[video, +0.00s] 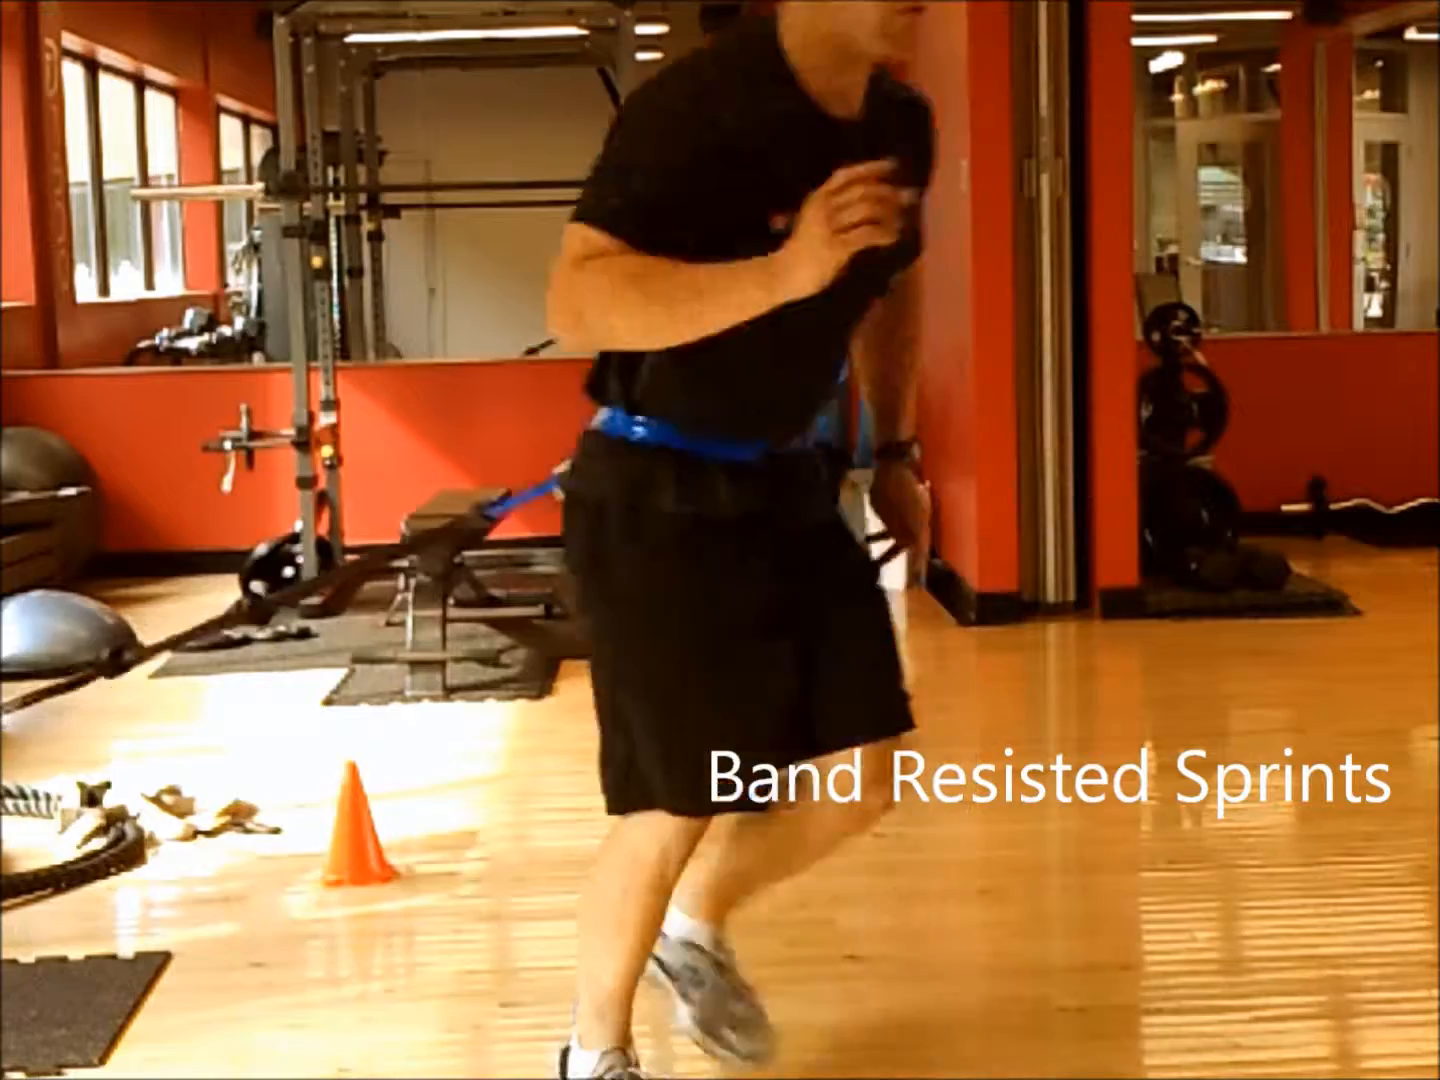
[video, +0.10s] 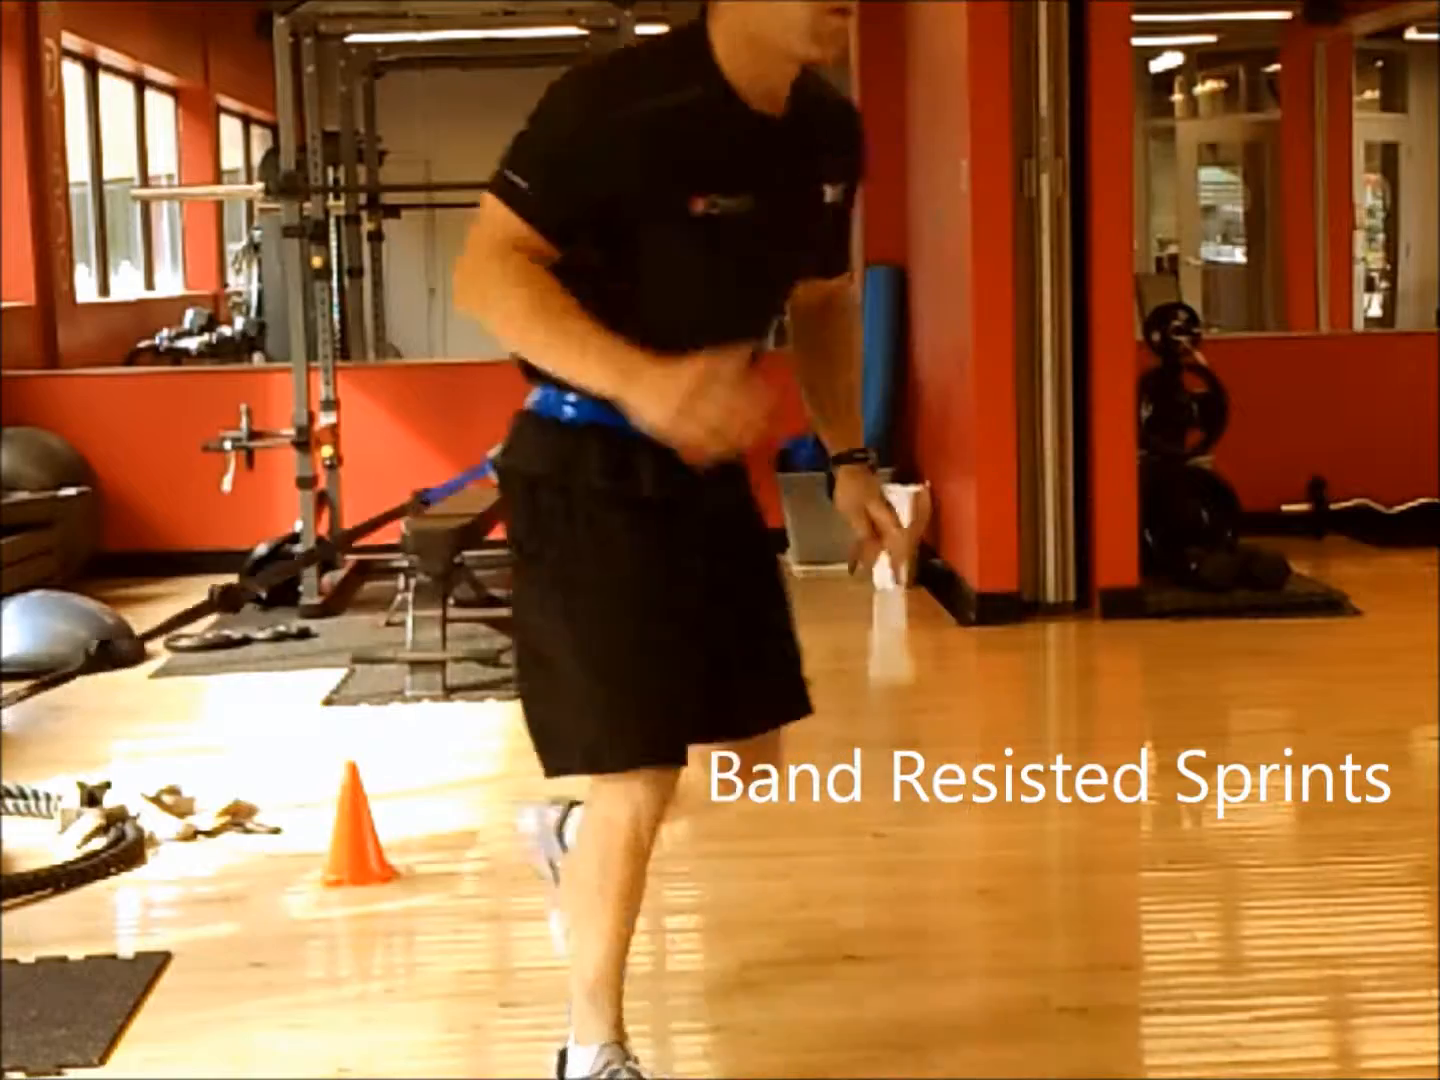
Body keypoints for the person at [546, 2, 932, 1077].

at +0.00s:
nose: (916, 8)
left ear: (905, 10)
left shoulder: (902, 120)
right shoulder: (687, 101)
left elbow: (891, 299)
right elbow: (577, 302)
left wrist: (892, 456)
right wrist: (783, 271)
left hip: (790, 480)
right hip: (651, 483)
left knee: (861, 771)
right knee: (677, 790)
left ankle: (690, 924)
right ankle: (594, 1047)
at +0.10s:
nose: (842, 9)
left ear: (832, 13)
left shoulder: (825, 127)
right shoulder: (608, 99)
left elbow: (824, 304)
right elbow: (486, 274)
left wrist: (849, 462)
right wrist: (640, 377)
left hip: (710, 464)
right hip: (585, 462)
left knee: (749, 732)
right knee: (639, 767)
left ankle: (575, 839)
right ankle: (593, 1046)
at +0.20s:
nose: (779, 10)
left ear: (790, 19)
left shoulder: (756, 141)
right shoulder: (551, 106)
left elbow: (771, 300)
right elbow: (407, 265)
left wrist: (799, 433)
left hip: (634, 443)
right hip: (517, 440)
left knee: (643, 694)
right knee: (581, 711)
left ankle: (511, 846)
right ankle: (588, 1038)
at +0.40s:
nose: (643, 88)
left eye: (652, 65)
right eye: (622, 61)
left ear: (656, 67)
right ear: (549, 50)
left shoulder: (627, 187)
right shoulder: (426, 169)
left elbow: (660, 339)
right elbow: (308, 305)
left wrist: (716, 428)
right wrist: (272, 480)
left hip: (526, 467)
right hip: (414, 462)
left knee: (504, 695)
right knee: (480, 697)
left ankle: (435, 897)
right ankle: (507, 982)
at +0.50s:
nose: (576, 42)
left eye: (589, 24)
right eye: (555, 19)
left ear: (595, 29)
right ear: (491, 11)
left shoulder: (577, 141)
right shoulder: (379, 117)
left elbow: (595, 298)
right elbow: (286, 267)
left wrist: (646, 427)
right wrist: (269, 436)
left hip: (491, 420)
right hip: (381, 415)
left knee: (474, 664)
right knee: (420, 660)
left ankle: (437, 891)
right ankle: (392, 923)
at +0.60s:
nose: (514, 23)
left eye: (520, 5)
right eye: (490, 4)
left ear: (522, 15)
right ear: (429, 11)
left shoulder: (532, 125)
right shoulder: (333, 113)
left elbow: (544, 270)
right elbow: (230, 251)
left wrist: (561, 388)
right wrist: (274, 409)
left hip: (463, 419)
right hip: (347, 416)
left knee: (461, 662)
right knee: (358, 657)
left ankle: (442, 889)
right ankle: (288, 840)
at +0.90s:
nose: (356, 100)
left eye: (368, 79)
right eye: (337, 78)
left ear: (376, 75)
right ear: (277, 63)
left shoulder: (372, 168)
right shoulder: (199, 173)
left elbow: (380, 294)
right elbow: (132, 324)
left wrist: (439, 413)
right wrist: (238, 418)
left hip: (343, 449)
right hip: (224, 460)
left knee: (386, 652)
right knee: (198, 666)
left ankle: (431, 885)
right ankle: (180, 840)